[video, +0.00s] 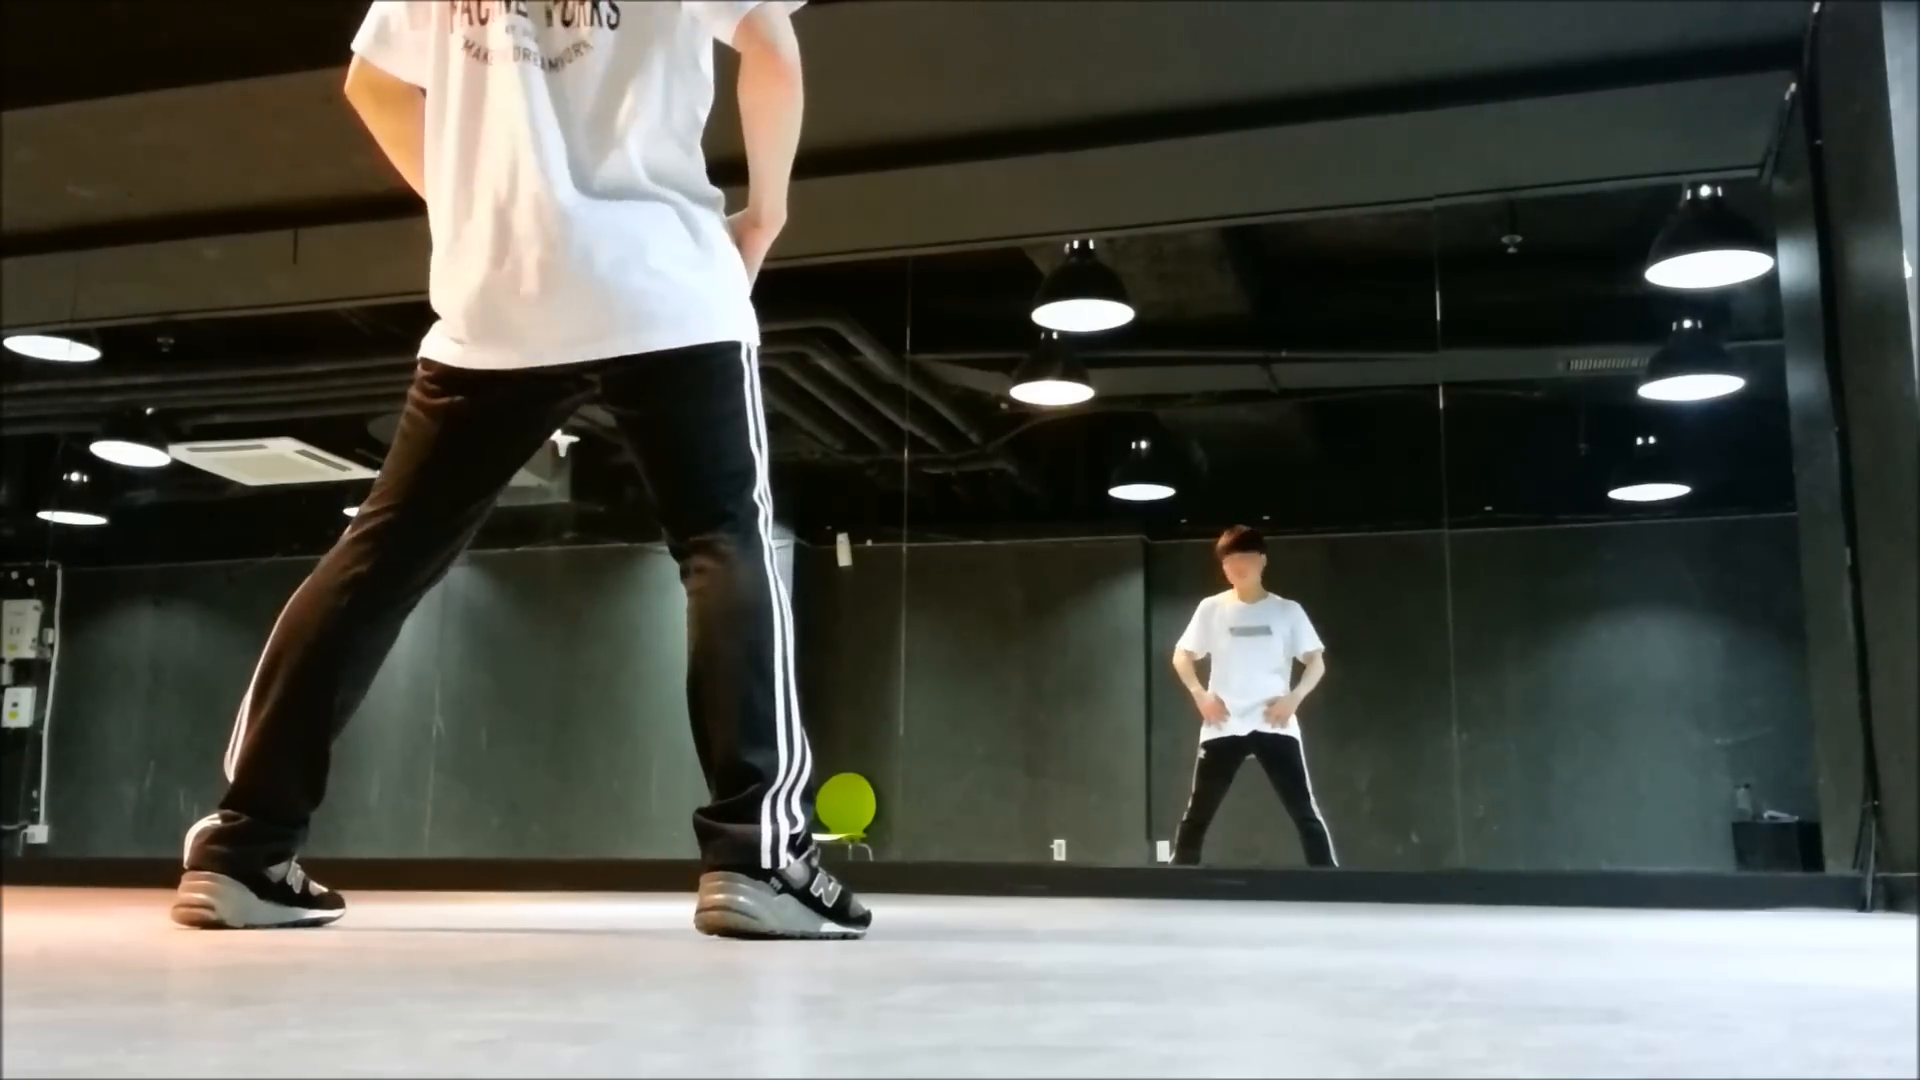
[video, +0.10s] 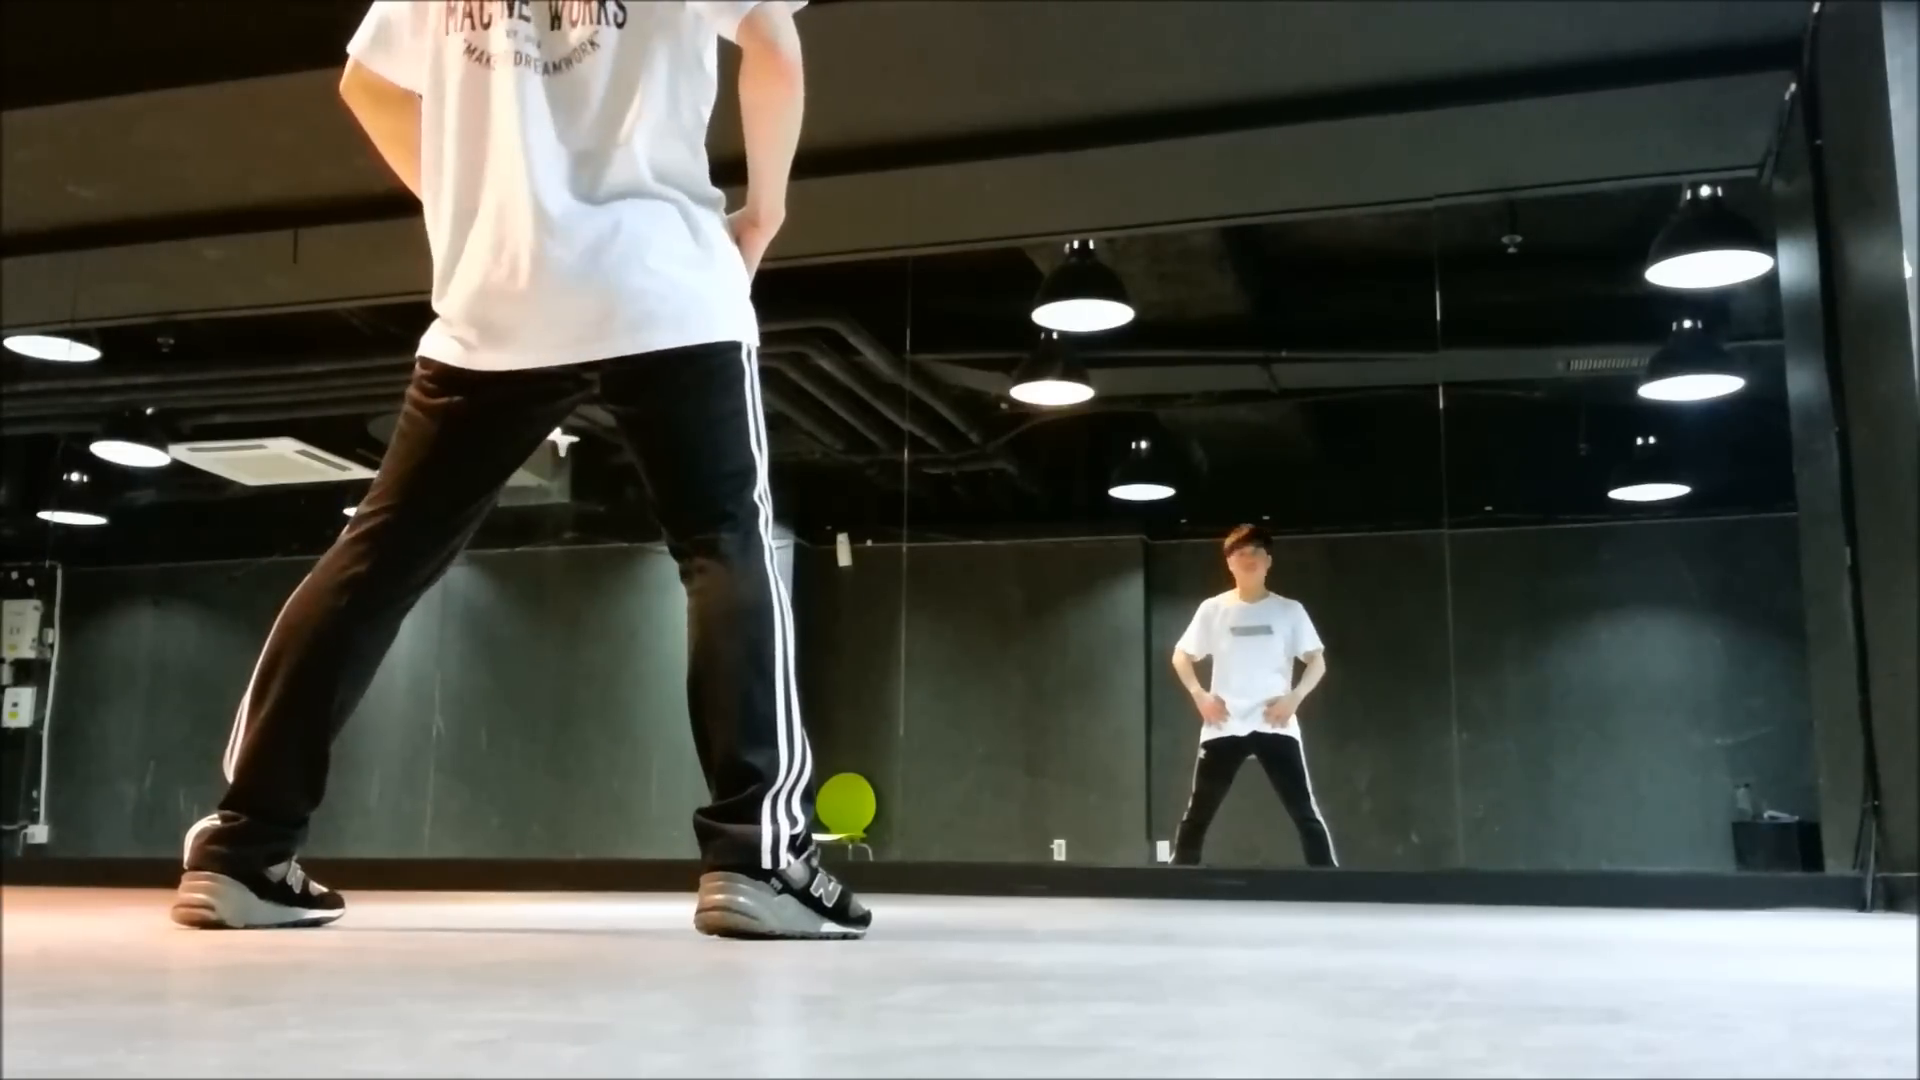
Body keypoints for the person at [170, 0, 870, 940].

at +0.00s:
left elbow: (376, 81)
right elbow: (771, 48)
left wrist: (476, 207)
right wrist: (767, 204)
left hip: (495, 275)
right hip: (663, 274)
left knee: (380, 555)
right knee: (726, 545)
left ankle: (240, 844)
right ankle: (758, 851)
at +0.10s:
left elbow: (371, 81)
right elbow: (772, 42)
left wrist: (470, 208)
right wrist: (765, 203)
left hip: (498, 278)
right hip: (667, 275)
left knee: (379, 555)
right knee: (727, 551)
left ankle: (240, 844)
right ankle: (758, 852)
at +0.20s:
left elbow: (369, 81)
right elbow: (777, 37)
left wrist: (473, 208)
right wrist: (767, 201)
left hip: (496, 280)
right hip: (665, 278)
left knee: (379, 557)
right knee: (728, 554)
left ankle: (241, 844)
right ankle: (758, 852)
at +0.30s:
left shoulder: (450, 1)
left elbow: (365, 89)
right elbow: (791, 34)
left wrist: (474, 217)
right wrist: (768, 200)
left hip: (495, 279)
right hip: (665, 274)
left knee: (386, 557)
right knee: (730, 553)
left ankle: (242, 844)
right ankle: (758, 853)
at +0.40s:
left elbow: (365, 96)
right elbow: (794, 31)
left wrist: (476, 216)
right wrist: (773, 194)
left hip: (499, 275)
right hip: (667, 266)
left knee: (391, 559)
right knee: (735, 551)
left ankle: (243, 844)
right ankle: (758, 852)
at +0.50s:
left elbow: (368, 92)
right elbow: (772, 25)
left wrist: (472, 210)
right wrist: (773, 183)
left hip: (505, 264)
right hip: (679, 254)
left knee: (397, 558)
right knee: (739, 545)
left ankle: (243, 844)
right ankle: (763, 851)